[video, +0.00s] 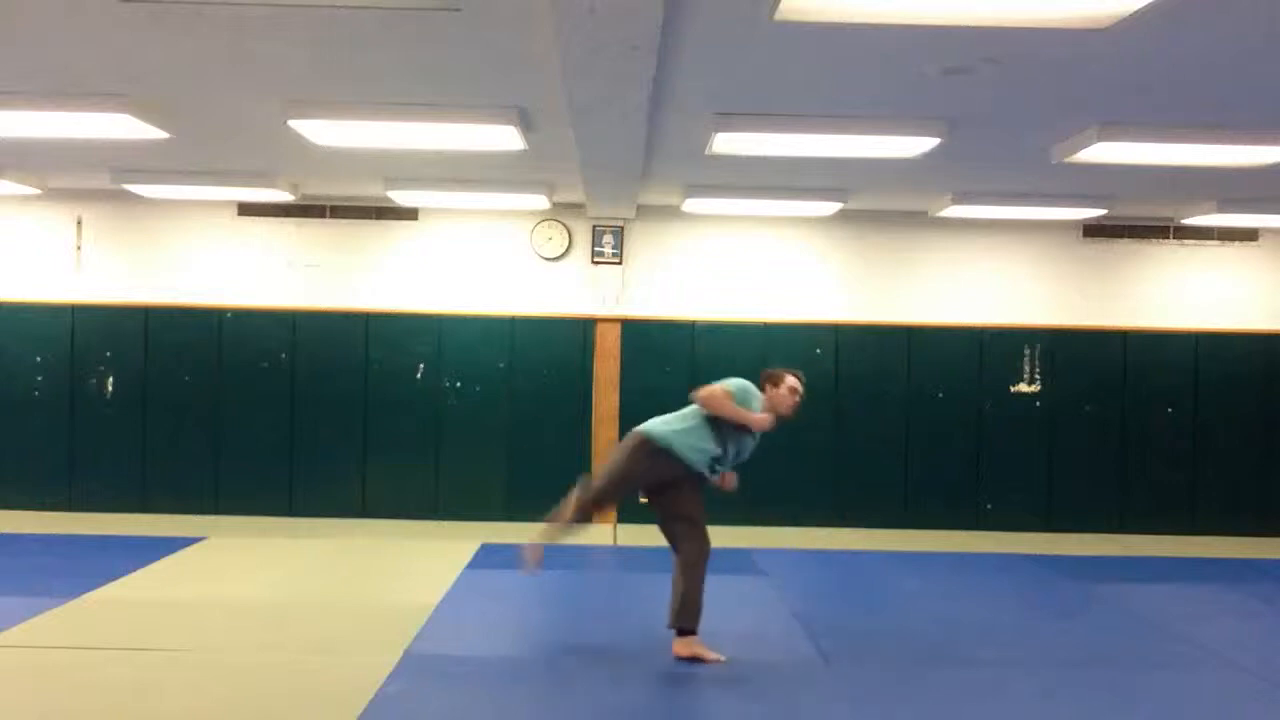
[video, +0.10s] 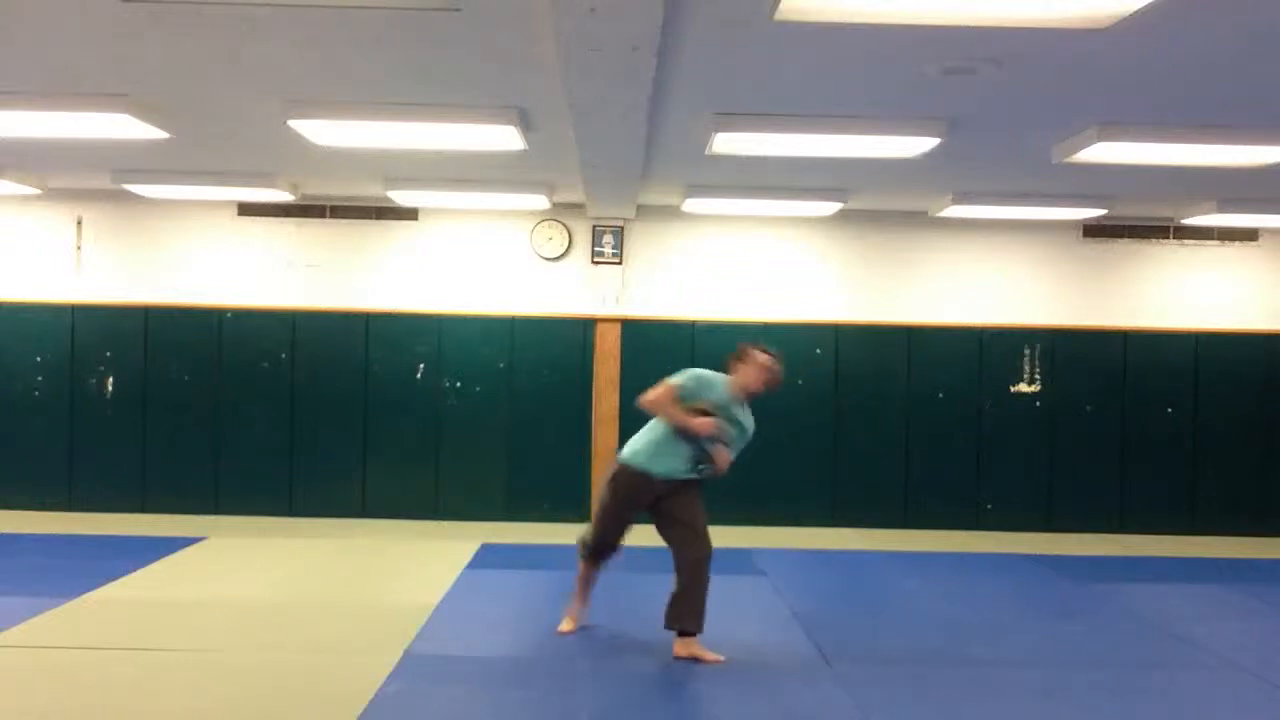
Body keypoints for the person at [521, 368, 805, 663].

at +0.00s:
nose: (797, 399)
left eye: (799, 394)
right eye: (792, 390)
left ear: (789, 401)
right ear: (770, 387)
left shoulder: (752, 437)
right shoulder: (744, 390)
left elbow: (707, 451)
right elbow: (705, 396)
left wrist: (721, 473)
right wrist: (751, 419)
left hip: (682, 476)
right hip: (654, 445)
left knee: (694, 549)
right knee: (596, 495)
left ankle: (685, 639)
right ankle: (544, 535)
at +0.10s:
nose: (762, 377)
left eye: (768, 373)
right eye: (758, 367)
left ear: (769, 383)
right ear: (738, 365)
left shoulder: (745, 424)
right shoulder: (700, 380)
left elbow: (720, 466)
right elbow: (649, 399)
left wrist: (720, 460)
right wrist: (691, 422)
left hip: (679, 485)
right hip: (636, 471)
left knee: (697, 553)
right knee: (598, 544)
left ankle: (686, 639)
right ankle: (578, 606)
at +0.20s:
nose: (704, 359)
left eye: (713, 355)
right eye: (700, 350)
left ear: (719, 362)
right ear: (684, 349)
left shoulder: (721, 400)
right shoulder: (652, 378)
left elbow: (726, 452)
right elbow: (615, 412)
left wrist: (690, 435)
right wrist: (633, 429)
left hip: (677, 482)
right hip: (631, 476)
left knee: (695, 551)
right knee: (597, 549)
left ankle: (691, 637)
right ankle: (588, 612)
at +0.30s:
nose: (660, 340)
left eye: (668, 334)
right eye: (655, 332)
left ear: (679, 341)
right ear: (644, 336)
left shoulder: (695, 375)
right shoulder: (630, 370)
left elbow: (710, 427)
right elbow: (617, 409)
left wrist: (663, 411)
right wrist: (617, 417)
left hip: (678, 476)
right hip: (632, 471)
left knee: (688, 548)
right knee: (607, 546)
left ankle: (695, 636)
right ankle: (589, 612)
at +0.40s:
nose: (643, 330)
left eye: (651, 324)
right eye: (638, 323)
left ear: (662, 329)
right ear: (627, 326)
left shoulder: (681, 366)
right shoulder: (620, 365)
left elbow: (695, 416)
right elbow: (617, 407)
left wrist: (652, 400)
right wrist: (609, 414)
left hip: (672, 468)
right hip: (629, 465)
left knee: (685, 549)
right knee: (610, 544)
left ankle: (699, 635)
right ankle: (590, 611)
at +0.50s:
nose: (635, 327)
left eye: (643, 321)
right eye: (630, 320)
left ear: (656, 327)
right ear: (623, 325)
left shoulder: (676, 364)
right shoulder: (614, 364)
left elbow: (693, 415)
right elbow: (604, 410)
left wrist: (653, 405)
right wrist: (607, 413)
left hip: (668, 466)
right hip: (624, 465)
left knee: (682, 546)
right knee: (604, 542)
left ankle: (706, 633)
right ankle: (588, 612)